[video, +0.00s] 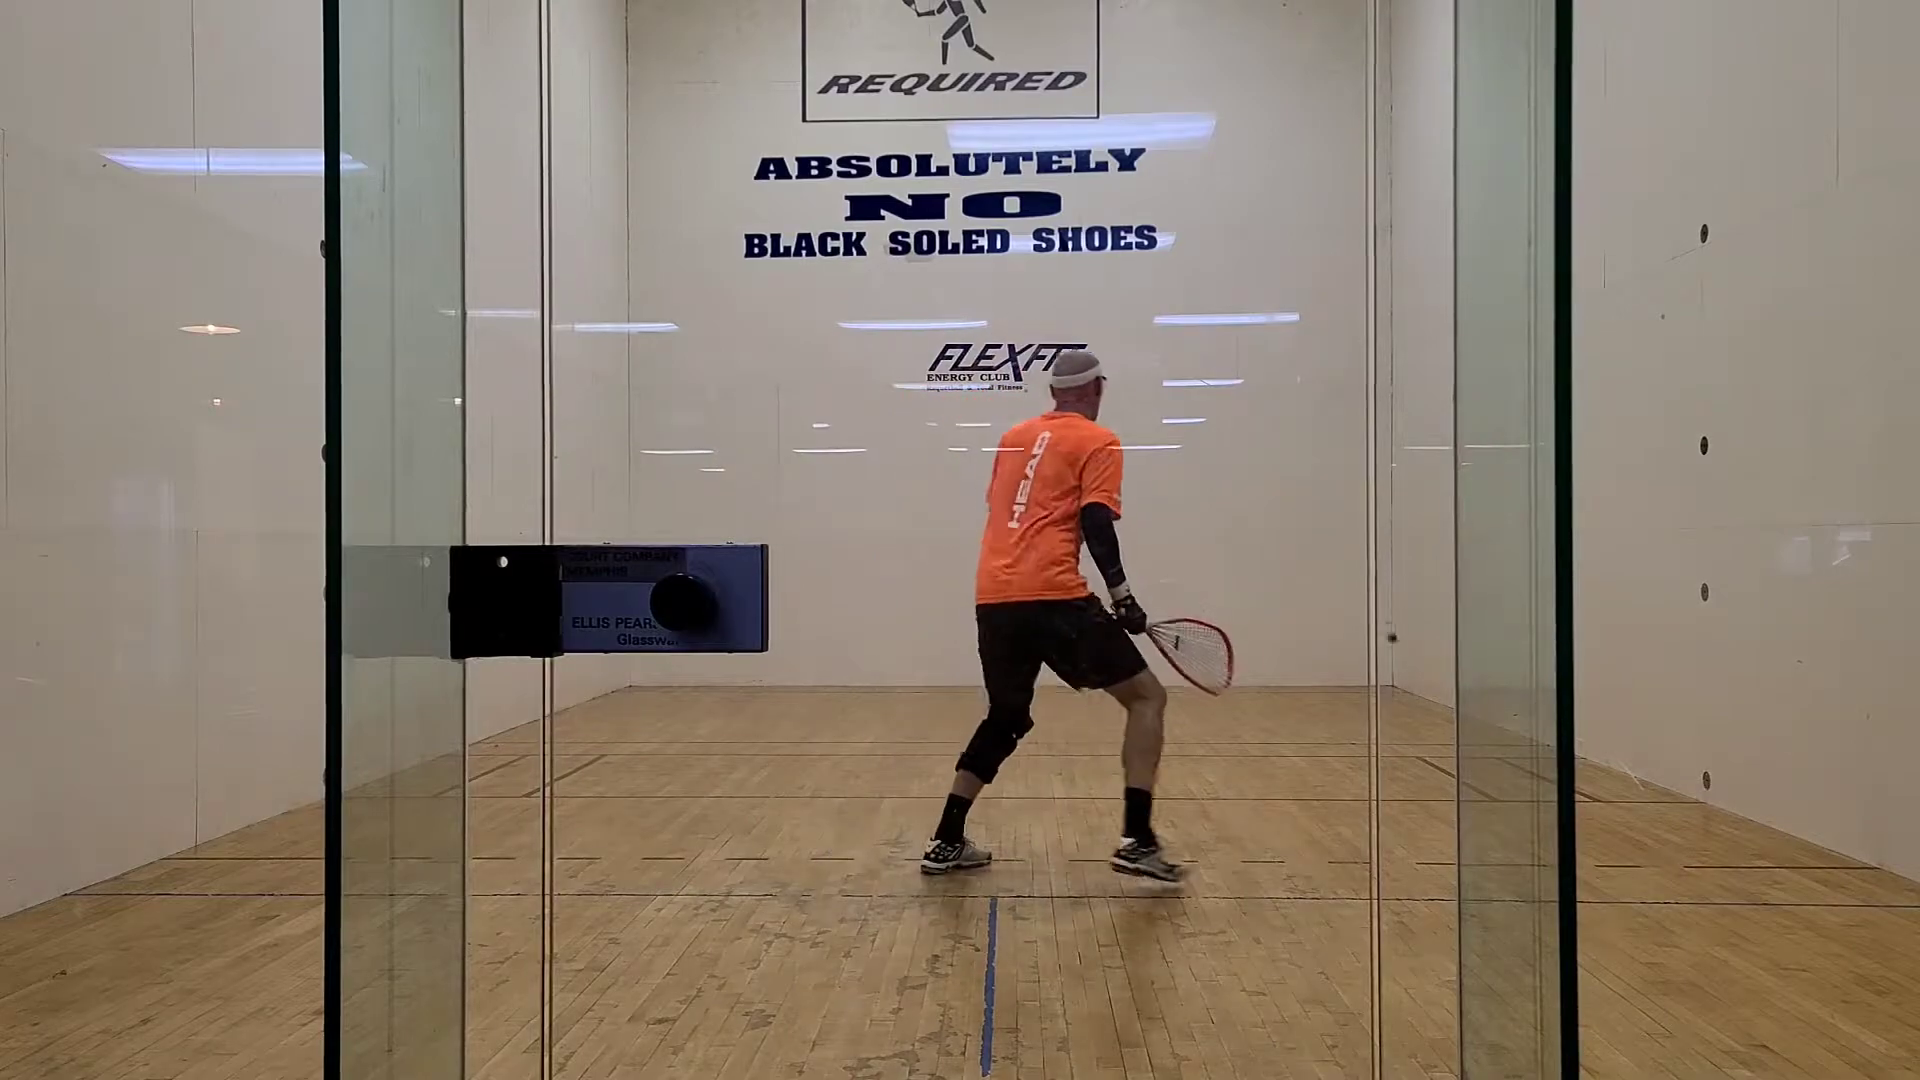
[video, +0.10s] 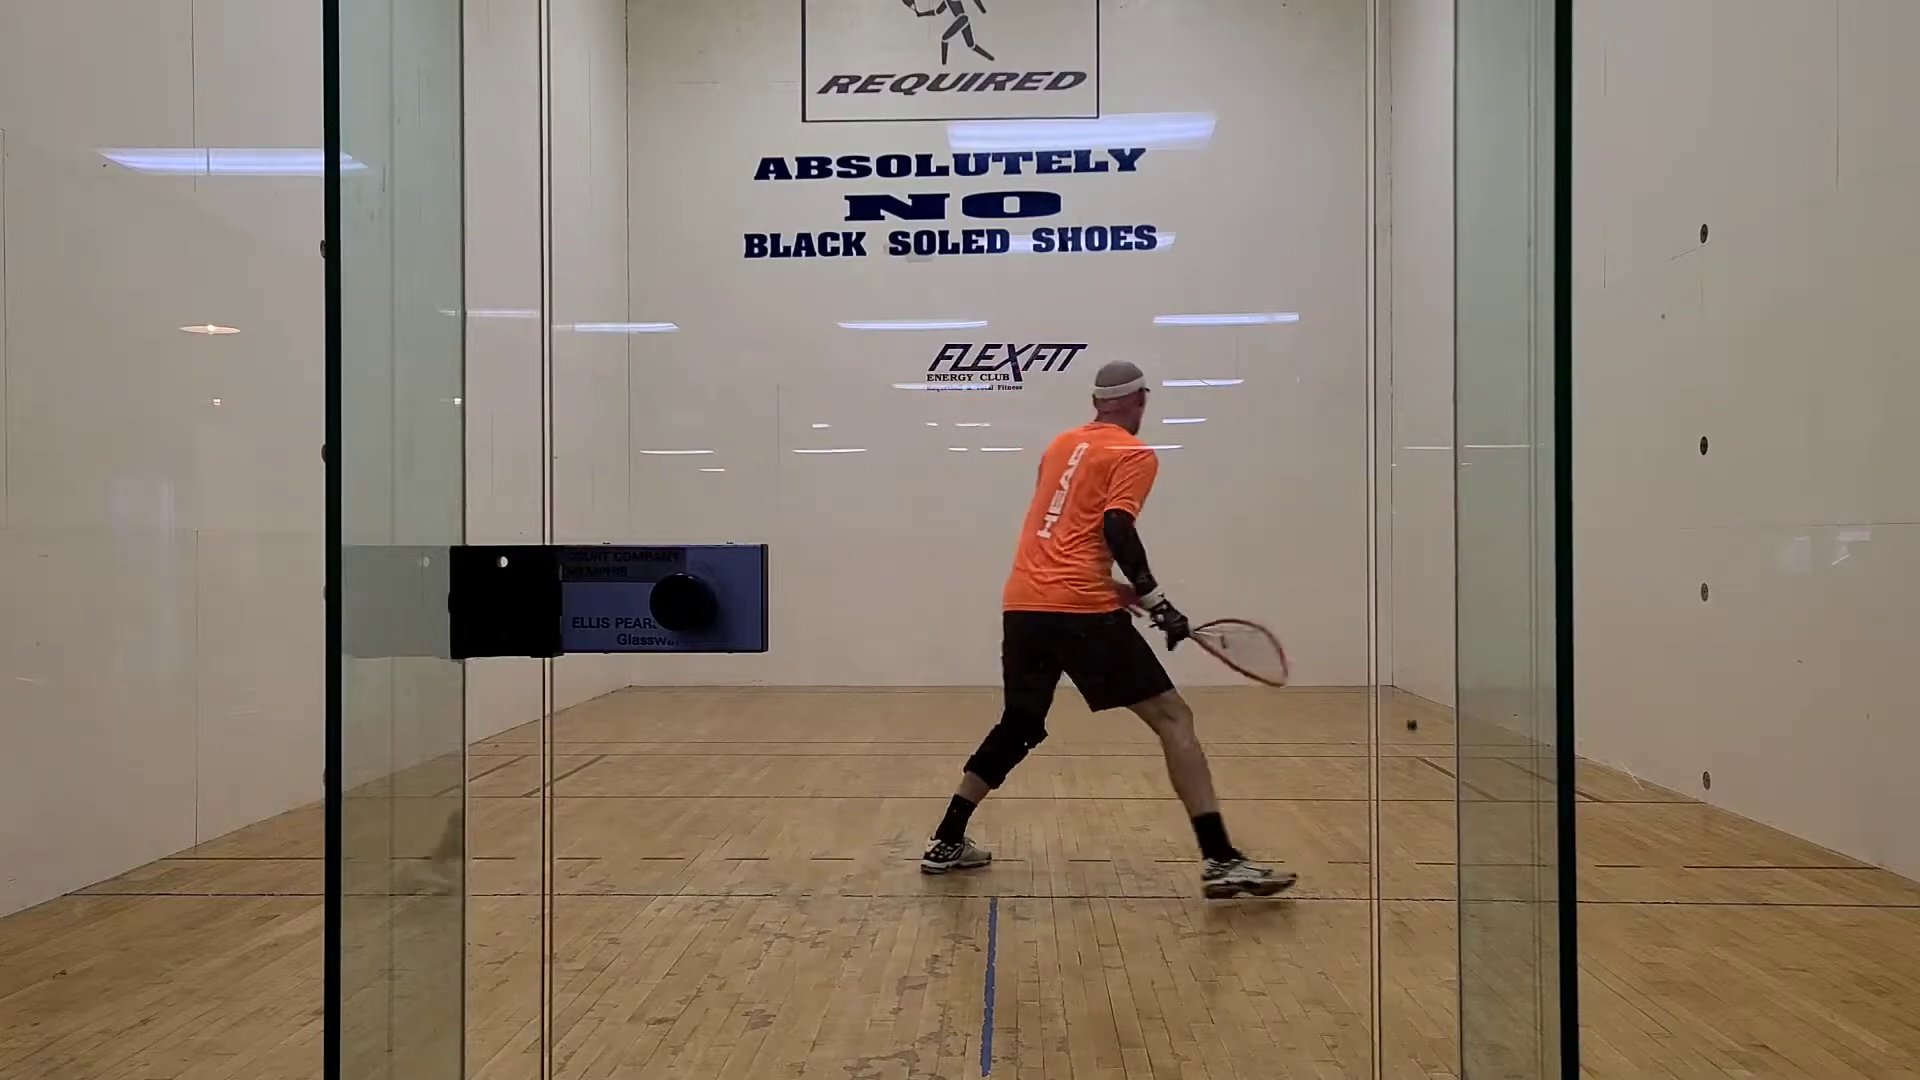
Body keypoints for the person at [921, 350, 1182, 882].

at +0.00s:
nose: (1102, 399)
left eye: (1095, 391)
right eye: (1102, 391)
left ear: (1053, 393)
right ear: (1097, 390)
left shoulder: (1013, 437)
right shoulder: (1098, 442)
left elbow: (999, 508)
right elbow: (1095, 520)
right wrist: (1122, 594)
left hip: (994, 601)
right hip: (1056, 597)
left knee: (1006, 716)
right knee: (1146, 699)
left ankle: (945, 839)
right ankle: (1138, 840)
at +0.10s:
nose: (1144, 410)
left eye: (1141, 401)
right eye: (1144, 401)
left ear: (1095, 402)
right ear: (1138, 402)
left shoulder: (1059, 446)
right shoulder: (1134, 454)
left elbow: (1057, 532)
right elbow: (1116, 525)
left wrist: (1112, 583)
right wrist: (1159, 603)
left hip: (1023, 607)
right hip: (1085, 609)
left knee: (1019, 726)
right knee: (1173, 718)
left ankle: (946, 840)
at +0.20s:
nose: (1198, 411)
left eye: (1196, 401)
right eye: (1194, 403)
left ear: (1149, 406)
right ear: (1186, 407)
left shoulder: (1125, 446)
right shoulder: (1172, 454)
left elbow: (1119, 542)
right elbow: (1147, 518)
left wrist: (1178, 583)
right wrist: (1214, 568)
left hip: (1062, 614)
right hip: (1116, 617)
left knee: (1050, 735)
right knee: (1212, 728)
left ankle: (955, 831)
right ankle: (1247, 875)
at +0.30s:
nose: (1251, 414)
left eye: (1250, 405)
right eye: (1247, 406)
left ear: (1203, 406)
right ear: (1232, 411)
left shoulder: (1184, 448)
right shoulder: (1201, 448)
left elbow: (1175, 525)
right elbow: (1173, 492)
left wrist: (1209, 577)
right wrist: (1259, 492)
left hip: (1088, 610)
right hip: (1140, 616)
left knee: (1098, 729)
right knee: (1233, 720)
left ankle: (993, 816)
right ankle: (1246, 874)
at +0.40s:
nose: (1280, 419)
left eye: (1279, 409)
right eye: (1279, 409)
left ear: (1235, 406)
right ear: (1268, 409)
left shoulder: (1207, 437)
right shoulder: (1228, 437)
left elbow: (1165, 480)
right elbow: (1217, 478)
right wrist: (1289, 435)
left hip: (1103, 605)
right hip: (1151, 611)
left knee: (1137, 723)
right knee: (1245, 718)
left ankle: (1062, 842)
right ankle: (1246, 874)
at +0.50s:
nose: (1286, 400)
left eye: (1286, 388)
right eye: (1281, 389)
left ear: (1241, 388)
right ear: (1260, 390)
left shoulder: (1202, 426)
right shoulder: (1241, 439)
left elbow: (1125, 452)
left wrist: (1123, 525)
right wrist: (1355, 437)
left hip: (1130, 592)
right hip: (1184, 602)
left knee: (1149, 715)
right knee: (1262, 720)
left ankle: (1071, 828)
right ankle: (1247, 874)